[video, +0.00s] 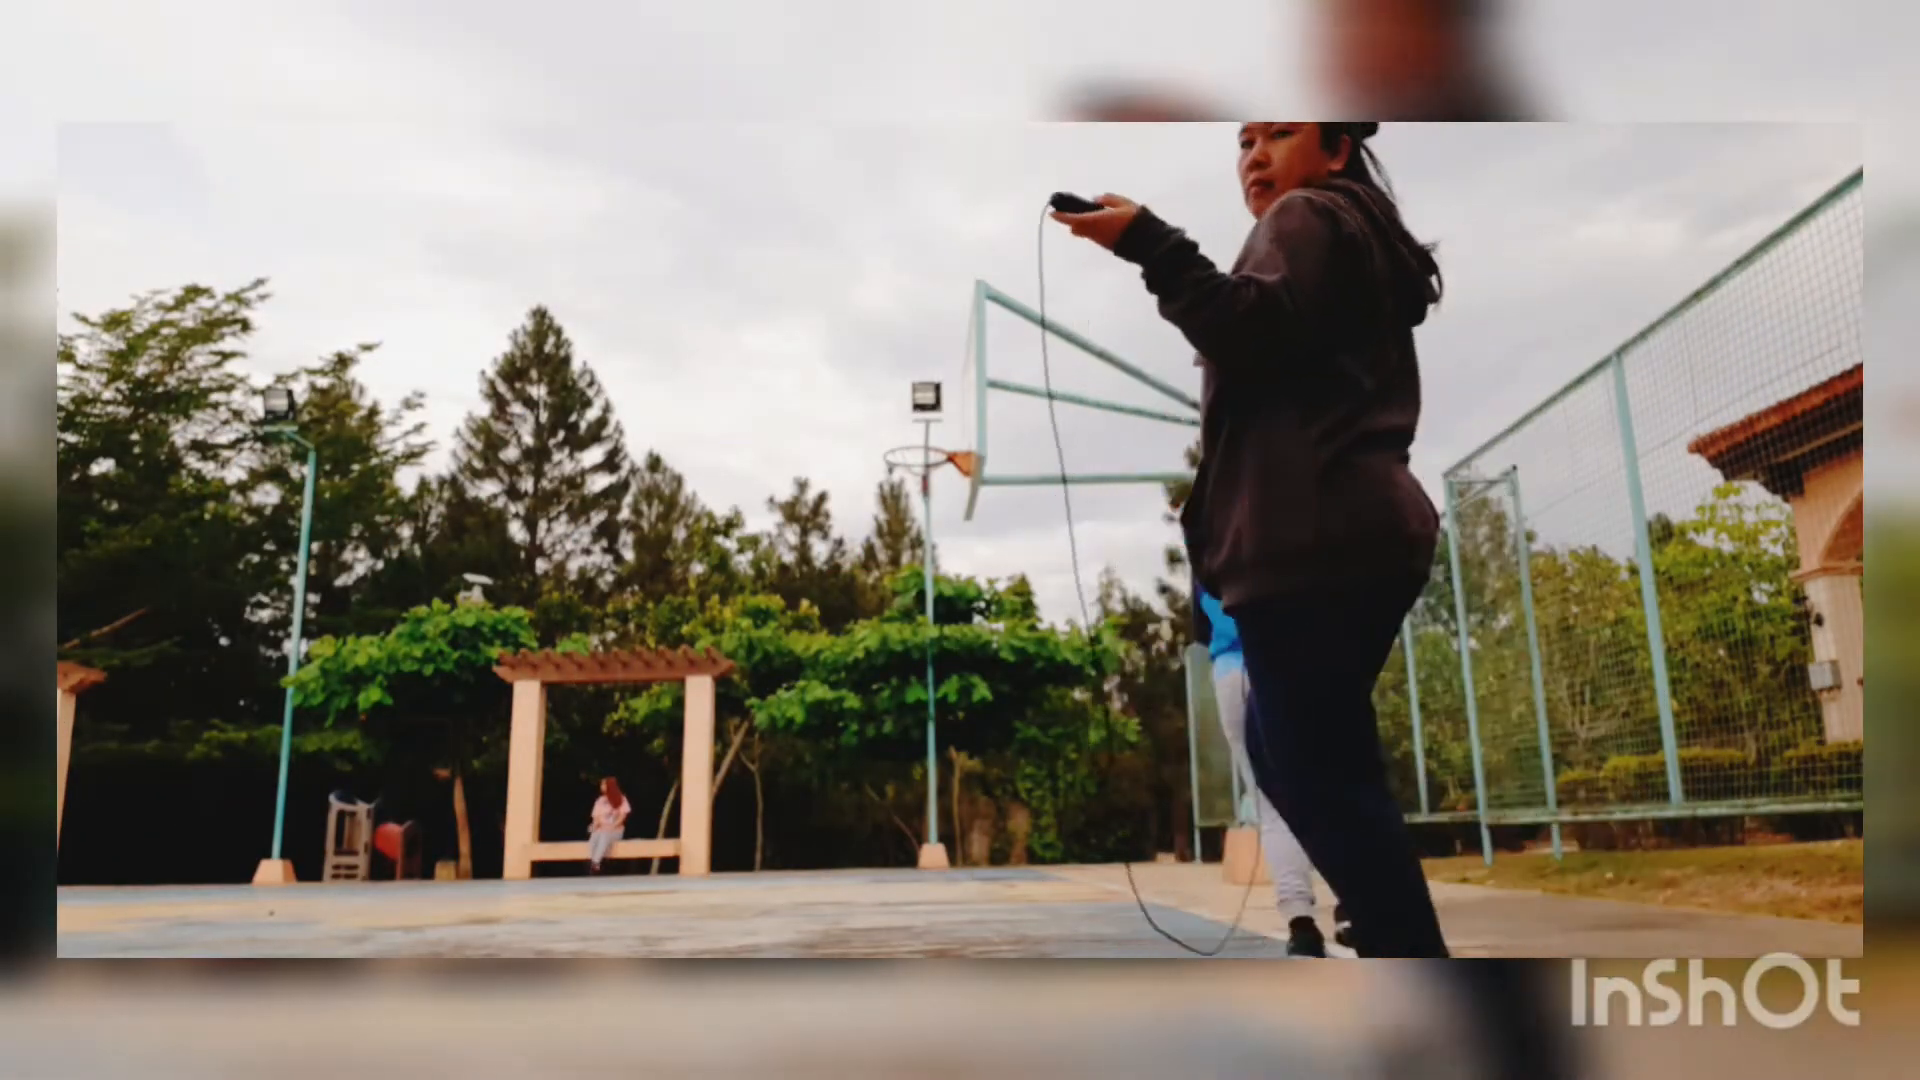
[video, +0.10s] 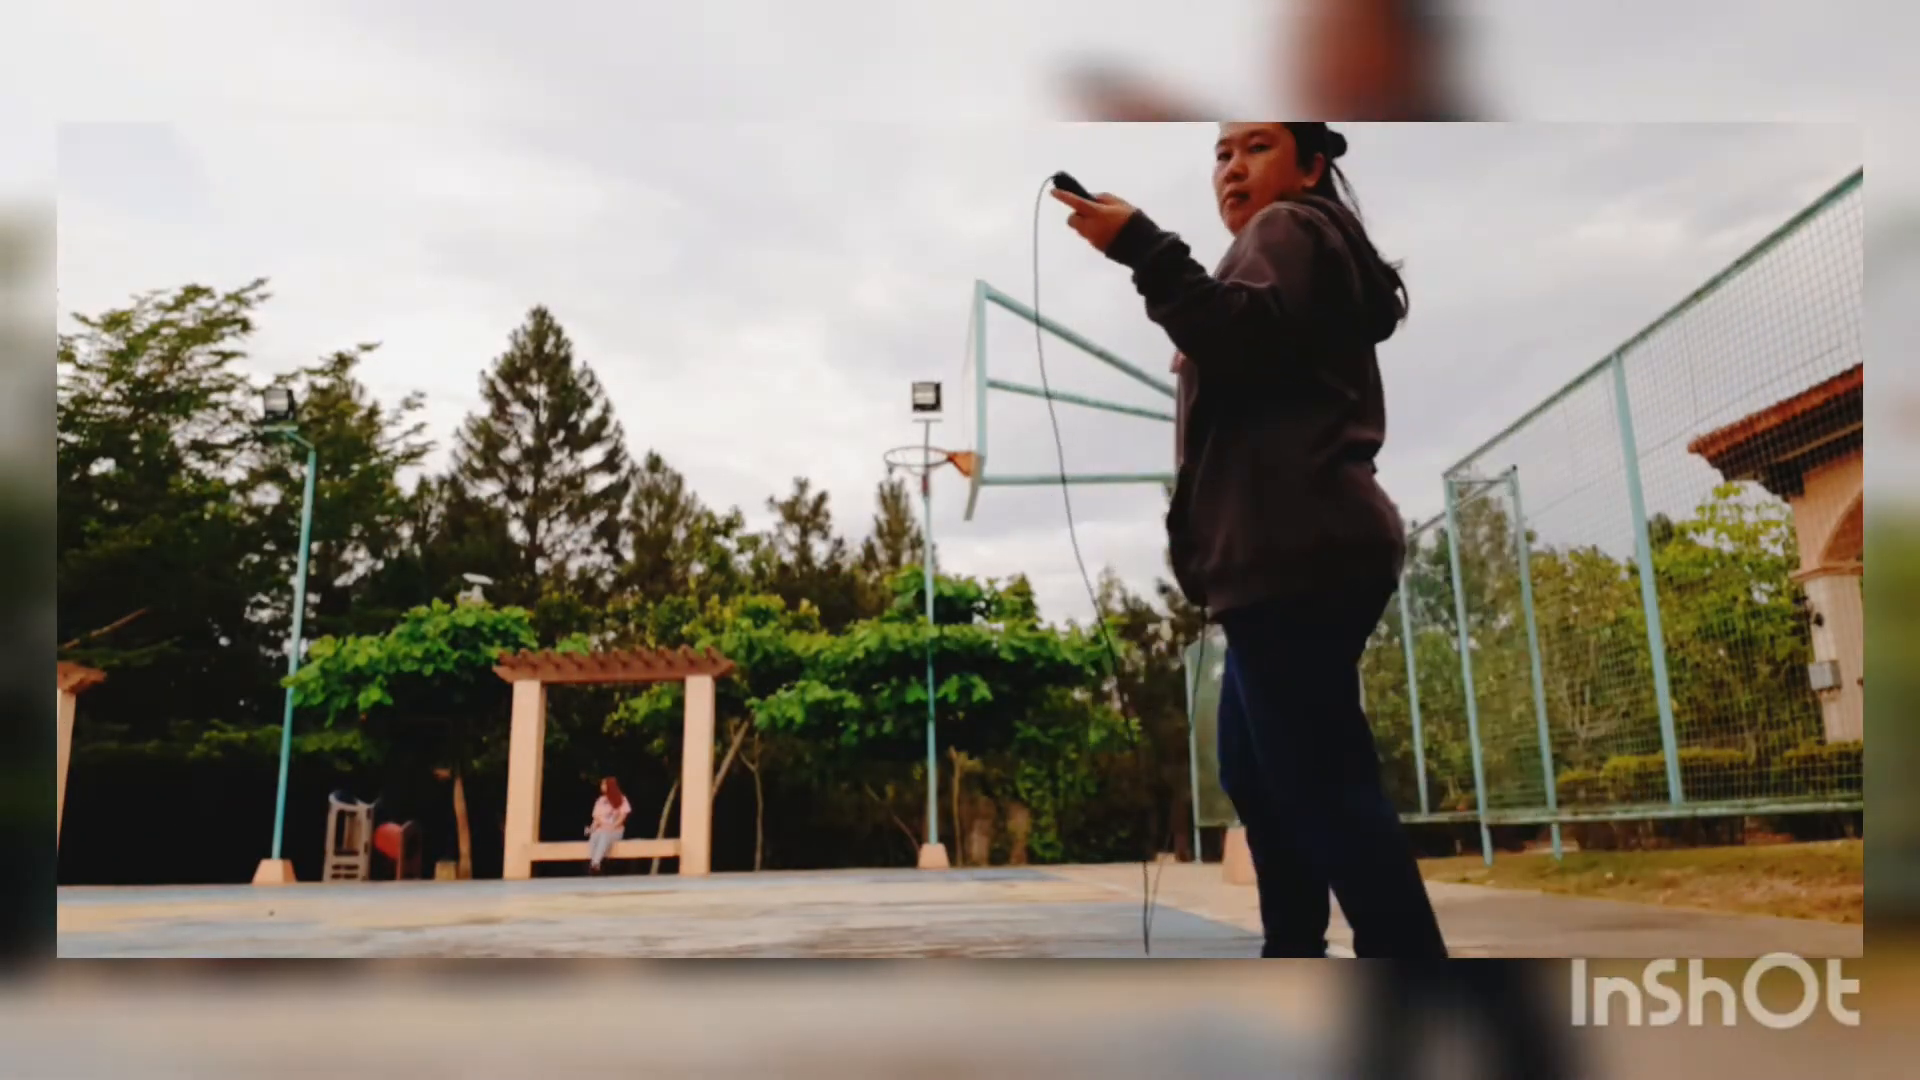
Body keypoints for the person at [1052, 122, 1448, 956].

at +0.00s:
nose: (1250, 156)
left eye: (1273, 135)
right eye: (1245, 143)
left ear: (1334, 148)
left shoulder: (1311, 219)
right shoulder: (1359, 226)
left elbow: (1254, 334)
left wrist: (1148, 239)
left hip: (1309, 536)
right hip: (1366, 528)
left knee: (1314, 757)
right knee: (1287, 746)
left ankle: (1411, 961)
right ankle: (1391, 938)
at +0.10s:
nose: (1233, 166)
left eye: (1255, 147)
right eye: (1223, 154)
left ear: (1309, 164)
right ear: (1212, 169)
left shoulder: (1290, 232)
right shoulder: (1294, 237)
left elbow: (1245, 340)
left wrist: (1141, 244)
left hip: (1297, 552)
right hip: (1287, 553)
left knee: (1321, 772)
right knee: (1256, 771)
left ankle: (1413, 974)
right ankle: (1294, 970)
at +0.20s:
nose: (1197, 197)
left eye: (1221, 179)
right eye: (1187, 184)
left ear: (1271, 197)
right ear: (1181, 201)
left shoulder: (1259, 262)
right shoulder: (1230, 279)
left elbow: (1227, 357)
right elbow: (1229, 403)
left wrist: (1138, 263)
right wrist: (1151, 409)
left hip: (1253, 580)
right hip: (1216, 583)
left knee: (1300, 788)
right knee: (1207, 793)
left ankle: (1410, 972)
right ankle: (1219, 975)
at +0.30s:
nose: (1176, 213)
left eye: (1198, 196)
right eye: (1165, 200)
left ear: (1246, 214)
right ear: (1154, 215)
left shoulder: (1237, 279)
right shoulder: (1194, 300)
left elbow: (1231, 377)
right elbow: (1178, 443)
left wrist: (1142, 290)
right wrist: (1094, 444)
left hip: (1224, 584)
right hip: (1175, 589)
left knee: (1255, 786)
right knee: (1166, 785)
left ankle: (1386, 956)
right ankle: (1210, 961)